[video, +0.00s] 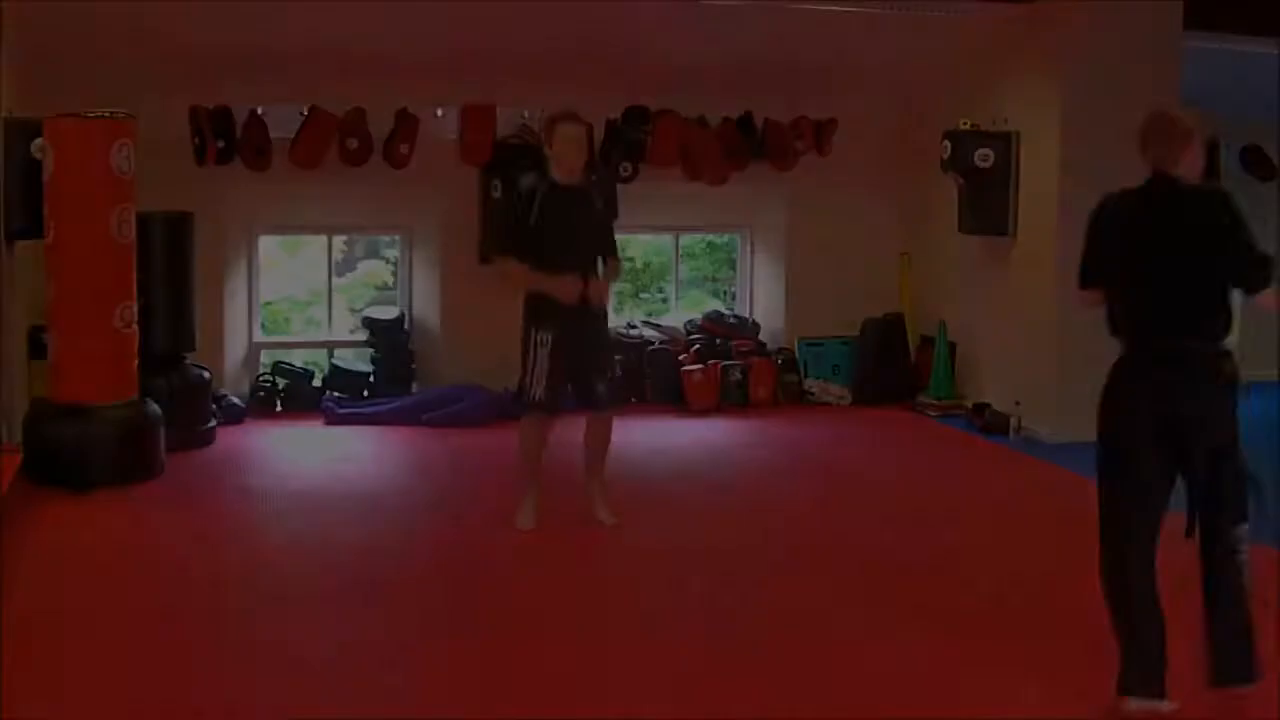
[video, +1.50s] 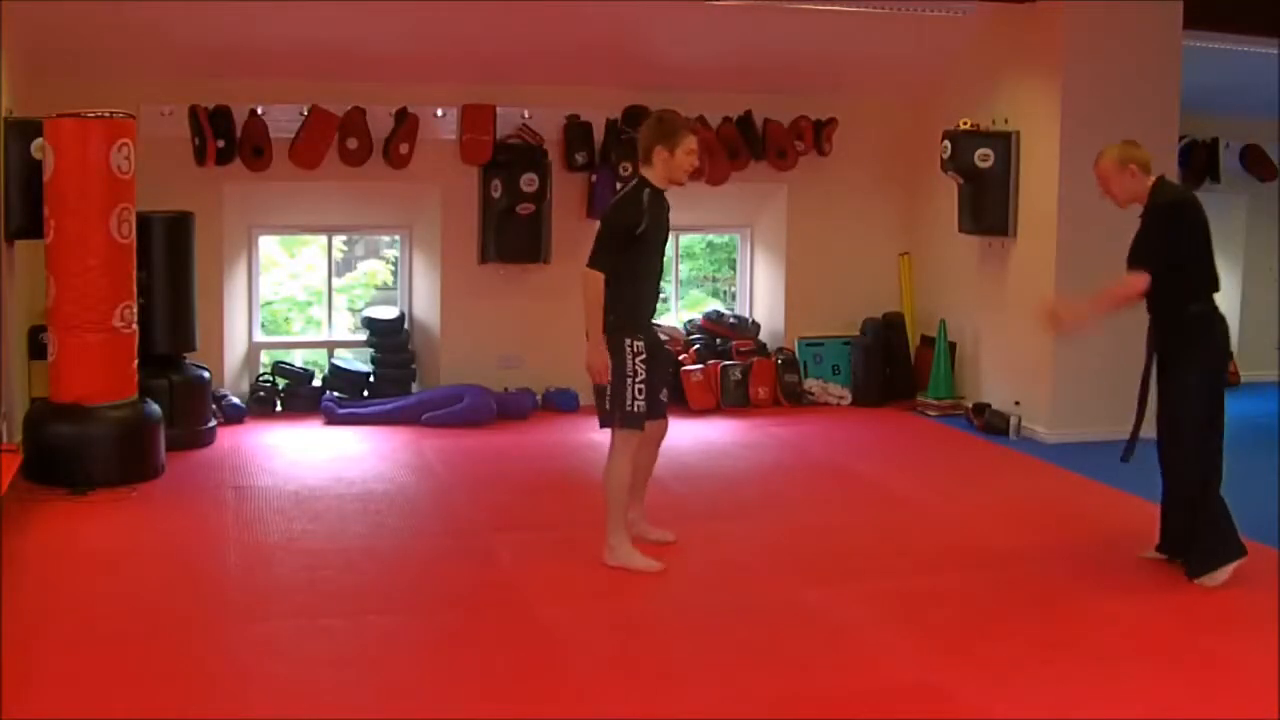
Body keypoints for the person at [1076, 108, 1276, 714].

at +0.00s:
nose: (1203, 156)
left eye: (1197, 146)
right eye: (1199, 147)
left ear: (1145, 153)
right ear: (1189, 150)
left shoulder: (1113, 210)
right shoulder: (1215, 206)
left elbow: (1092, 290)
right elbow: (1259, 285)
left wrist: (1144, 275)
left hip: (1134, 381)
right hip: (1205, 381)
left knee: (1127, 533)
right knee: (1221, 525)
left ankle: (1142, 682)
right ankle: (1233, 669)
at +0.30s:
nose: (1205, 184)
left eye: (1203, 176)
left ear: (1207, 182)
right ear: (1257, 182)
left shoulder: (1180, 237)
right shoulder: (1273, 236)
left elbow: (1127, 309)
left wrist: (1165, 341)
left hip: (1193, 397)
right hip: (1261, 399)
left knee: (1191, 513)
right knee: (1260, 511)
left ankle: (1163, 628)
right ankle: (1257, 630)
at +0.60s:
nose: (1193, 158)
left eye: (1200, 149)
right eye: (1195, 148)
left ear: (1227, 156)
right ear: (1245, 157)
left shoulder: (1218, 211)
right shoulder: (1273, 203)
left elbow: (1168, 283)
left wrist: (1122, 288)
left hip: (1228, 362)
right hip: (1273, 361)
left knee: (1221, 471)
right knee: (1268, 478)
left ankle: (1224, 580)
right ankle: (1267, 611)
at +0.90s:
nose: (1190, 183)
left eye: (1191, 172)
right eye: (1187, 175)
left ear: (1215, 163)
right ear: (1227, 164)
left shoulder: (1223, 212)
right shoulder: (1260, 210)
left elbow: (1148, 234)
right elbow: (1185, 231)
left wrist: (1149, 198)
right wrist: (1162, 204)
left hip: (1218, 350)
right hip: (1251, 345)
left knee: (1215, 468)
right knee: (1240, 464)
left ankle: (1234, 583)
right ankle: (1268, 556)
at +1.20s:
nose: (1146, 207)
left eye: (1145, 199)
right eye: (1142, 201)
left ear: (1164, 182)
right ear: (1172, 177)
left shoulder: (1199, 211)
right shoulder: (1213, 205)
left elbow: (1132, 247)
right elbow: (1156, 245)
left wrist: (1122, 217)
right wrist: (1142, 222)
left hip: (1209, 343)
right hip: (1204, 339)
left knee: (1202, 457)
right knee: (1183, 444)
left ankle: (1238, 577)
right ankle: (1178, 535)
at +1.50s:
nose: (1106, 194)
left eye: (1107, 185)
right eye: (1103, 186)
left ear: (1132, 173)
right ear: (1133, 173)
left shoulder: (1166, 207)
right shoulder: (1172, 202)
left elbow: (1138, 283)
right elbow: (1197, 287)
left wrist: (1079, 311)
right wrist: (1223, 351)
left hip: (1191, 340)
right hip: (1187, 337)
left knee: (1189, 445)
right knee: (1175, 442)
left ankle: (1219, 550)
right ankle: (1178, 541)